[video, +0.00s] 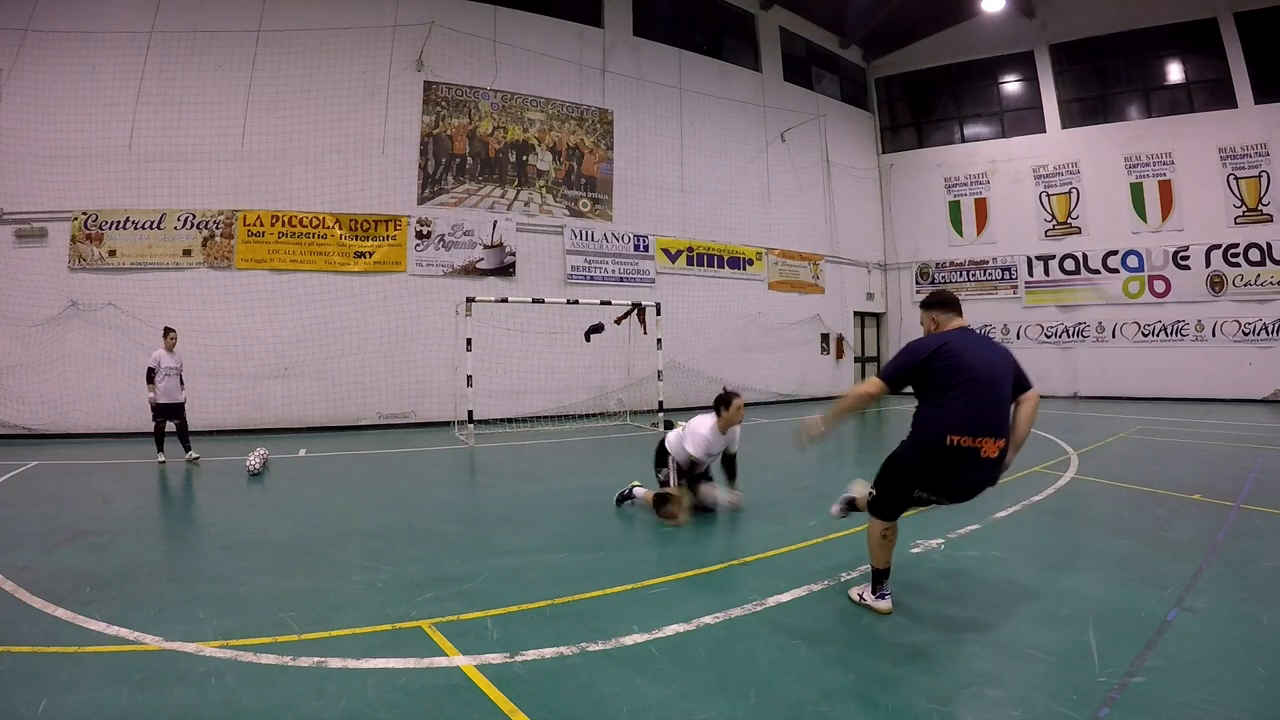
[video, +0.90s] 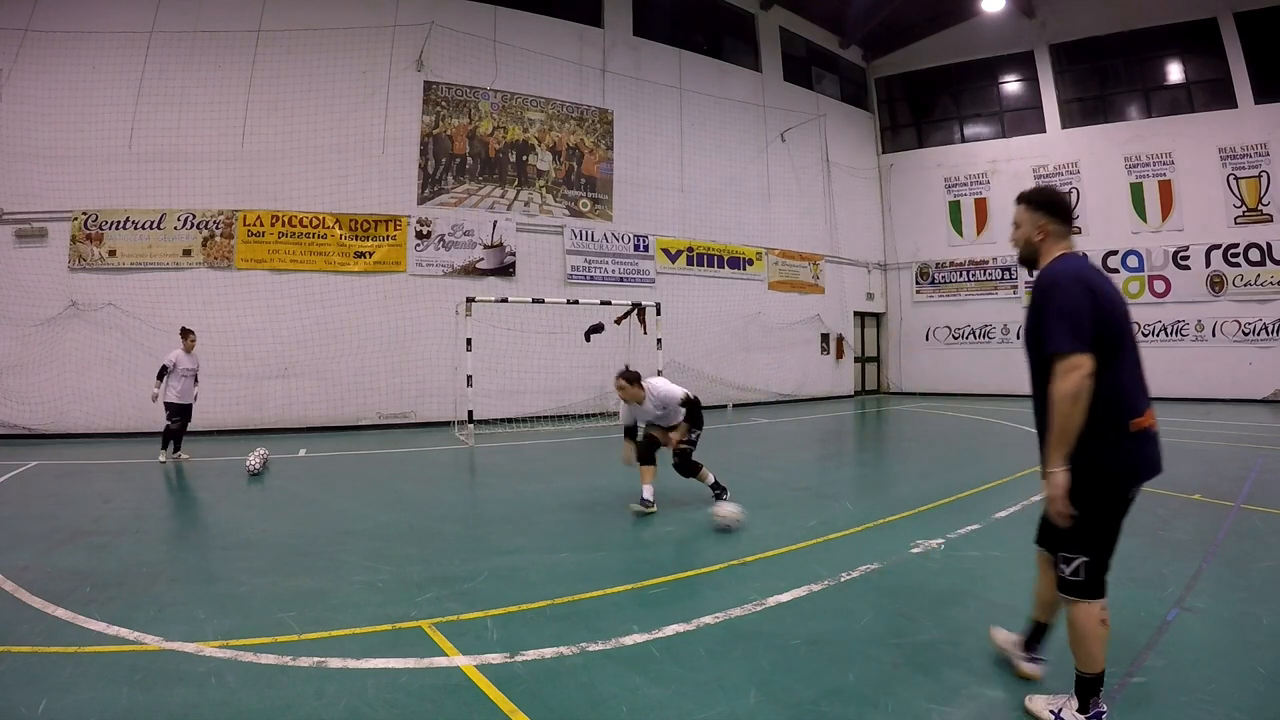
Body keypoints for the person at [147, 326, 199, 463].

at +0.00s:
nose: (174, 341)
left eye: (175, 339)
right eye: (171, 339)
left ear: (176, 340)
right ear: (164, 339)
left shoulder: (177, 357)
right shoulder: (157, 355)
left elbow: (180, 376)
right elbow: (150, 375)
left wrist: (183, 392)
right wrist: (151, 394)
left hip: (177, 399)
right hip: (161, 399)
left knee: (182, 426)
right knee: (160, 427)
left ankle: (188, 452)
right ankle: (160, 452)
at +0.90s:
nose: (194, 344)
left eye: (195, 341)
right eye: (191, 341)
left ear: (195, 342)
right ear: (183, 341)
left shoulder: (194, 358)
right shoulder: (175, 355)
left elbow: (195, 376)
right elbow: (162, 372)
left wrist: (195, 389)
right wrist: (156, 389)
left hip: (187, 399)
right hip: (172, 398)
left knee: (182, 426)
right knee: (173, 424)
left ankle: (177, 452)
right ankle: (163, 451)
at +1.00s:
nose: (199, 345)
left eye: (200, 342)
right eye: (196, 342)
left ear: (199, 343)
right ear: (189, 342)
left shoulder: (199, 359)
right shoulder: (179, 355)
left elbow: (201, 376)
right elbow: (165, 369)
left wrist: (200, 388)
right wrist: (153, 385)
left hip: (190, 397)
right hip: (175, 395)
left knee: (185, 424)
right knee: (181, 421)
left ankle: (178, 450)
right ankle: (173, 450)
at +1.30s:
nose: (214, 350)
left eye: (215, 347)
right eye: (212, 347)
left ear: (214, 347)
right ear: (203, 346)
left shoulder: (214, 362)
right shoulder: (191, 360)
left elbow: (215, 378)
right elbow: (179, 376)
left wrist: (210, 389)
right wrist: (169, 392)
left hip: (203, 397)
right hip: (188, 395)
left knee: (206, 426)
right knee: (190, 424)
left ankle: (192, 440)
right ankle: (181, 453)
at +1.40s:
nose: (220, 348)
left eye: (221, 345)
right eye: (218, 345)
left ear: (221, 346)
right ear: (210, 346)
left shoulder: (218, 360)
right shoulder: (201, 361)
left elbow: (213, 378)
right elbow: (192, 380)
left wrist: (212, 393)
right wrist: (195, 394)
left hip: (212, 400)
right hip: (197, 403)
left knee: (225, 420)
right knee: (191, 428)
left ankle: (220, 449)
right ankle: (181, 454)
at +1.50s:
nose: (227, 345)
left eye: (228, 342)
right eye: (225, 342)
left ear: (227, 342)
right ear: (217, 342)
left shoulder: (225, 356)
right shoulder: (212, 357)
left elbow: (221, 379)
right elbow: (202, 378)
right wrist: (203, 398)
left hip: (227, 398)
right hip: (212, 400)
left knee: (241, 419)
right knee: (198, 425)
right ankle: (180, 446)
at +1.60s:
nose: (235, 349)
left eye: (235, 347)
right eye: (232, 347)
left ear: (235, 347)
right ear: (224, 347)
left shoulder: (234, 361)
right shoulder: (219, 361)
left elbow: (233, 381)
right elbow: (212, 381)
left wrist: (238, 396)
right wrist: (213, 400)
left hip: (238, 398)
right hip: (225, 401)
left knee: (253, 423)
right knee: (227, 428)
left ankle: (258, 454)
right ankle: (204, 435)